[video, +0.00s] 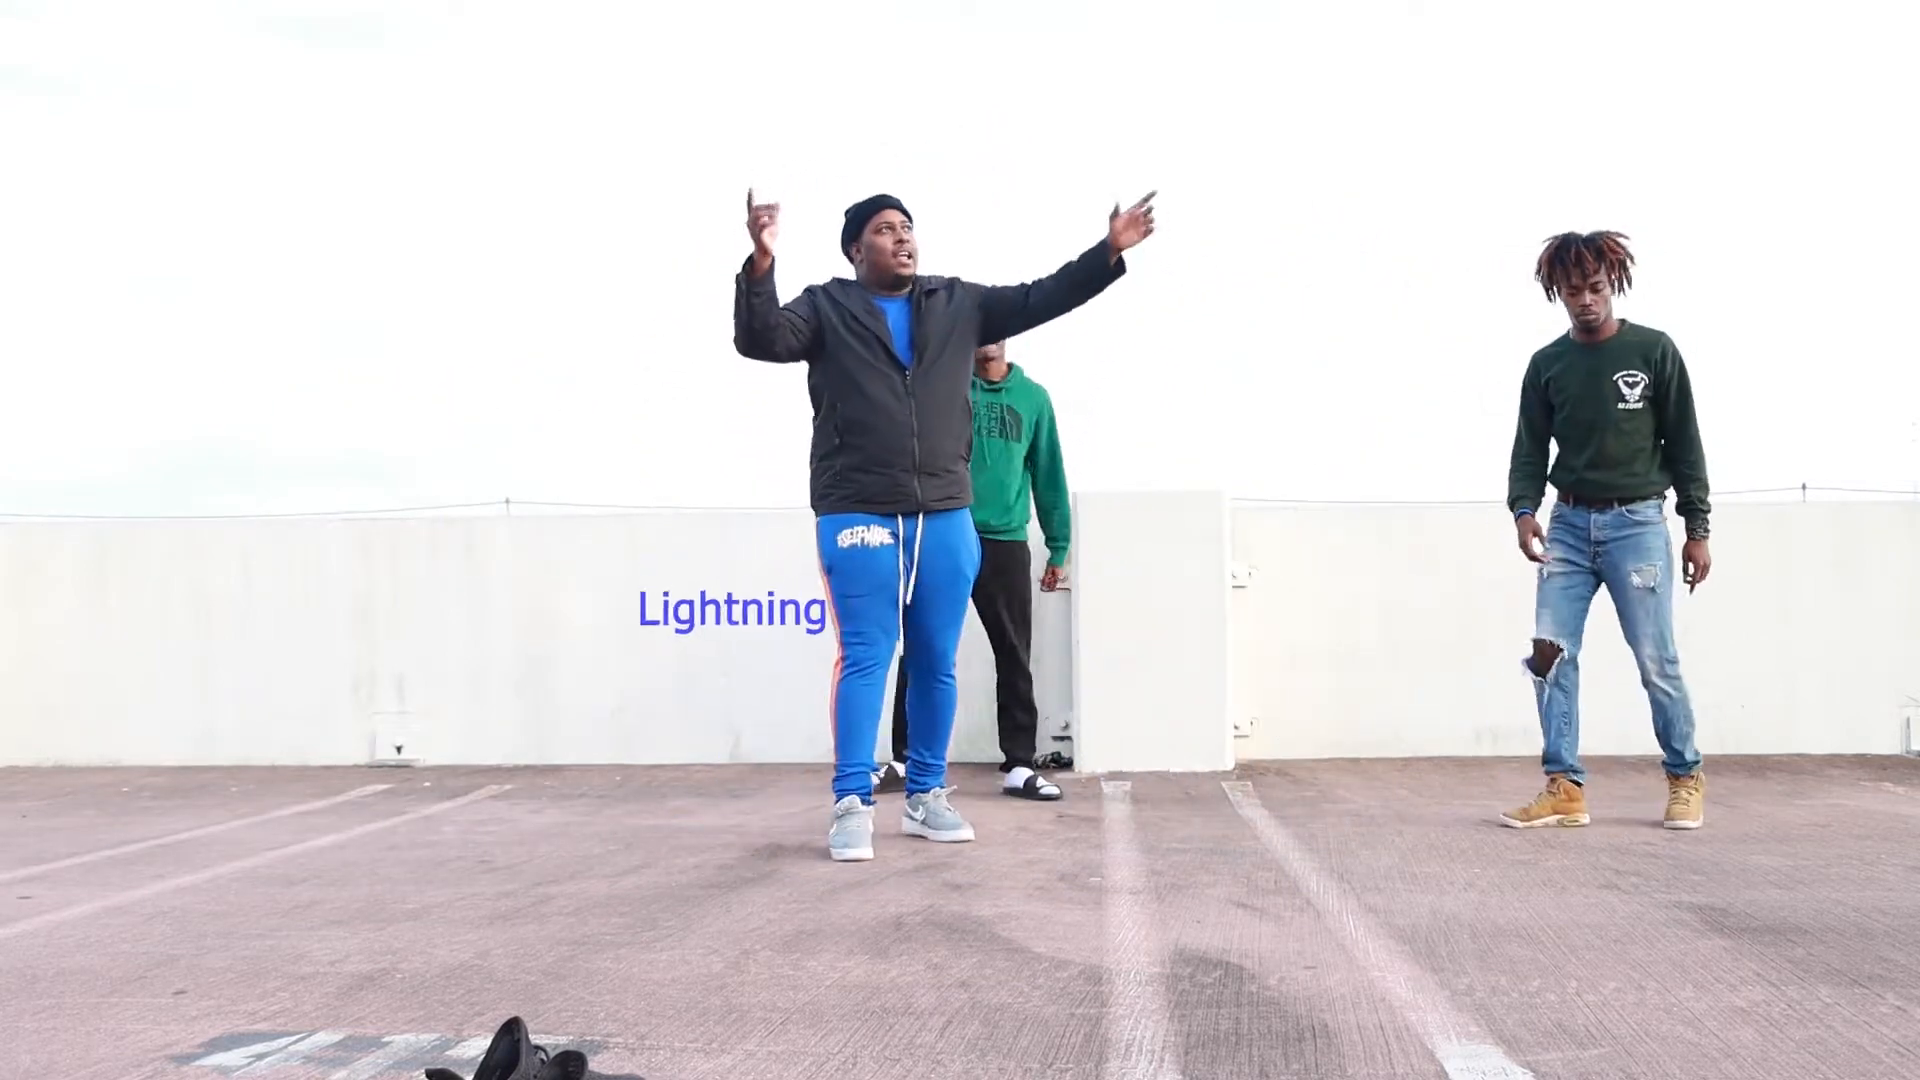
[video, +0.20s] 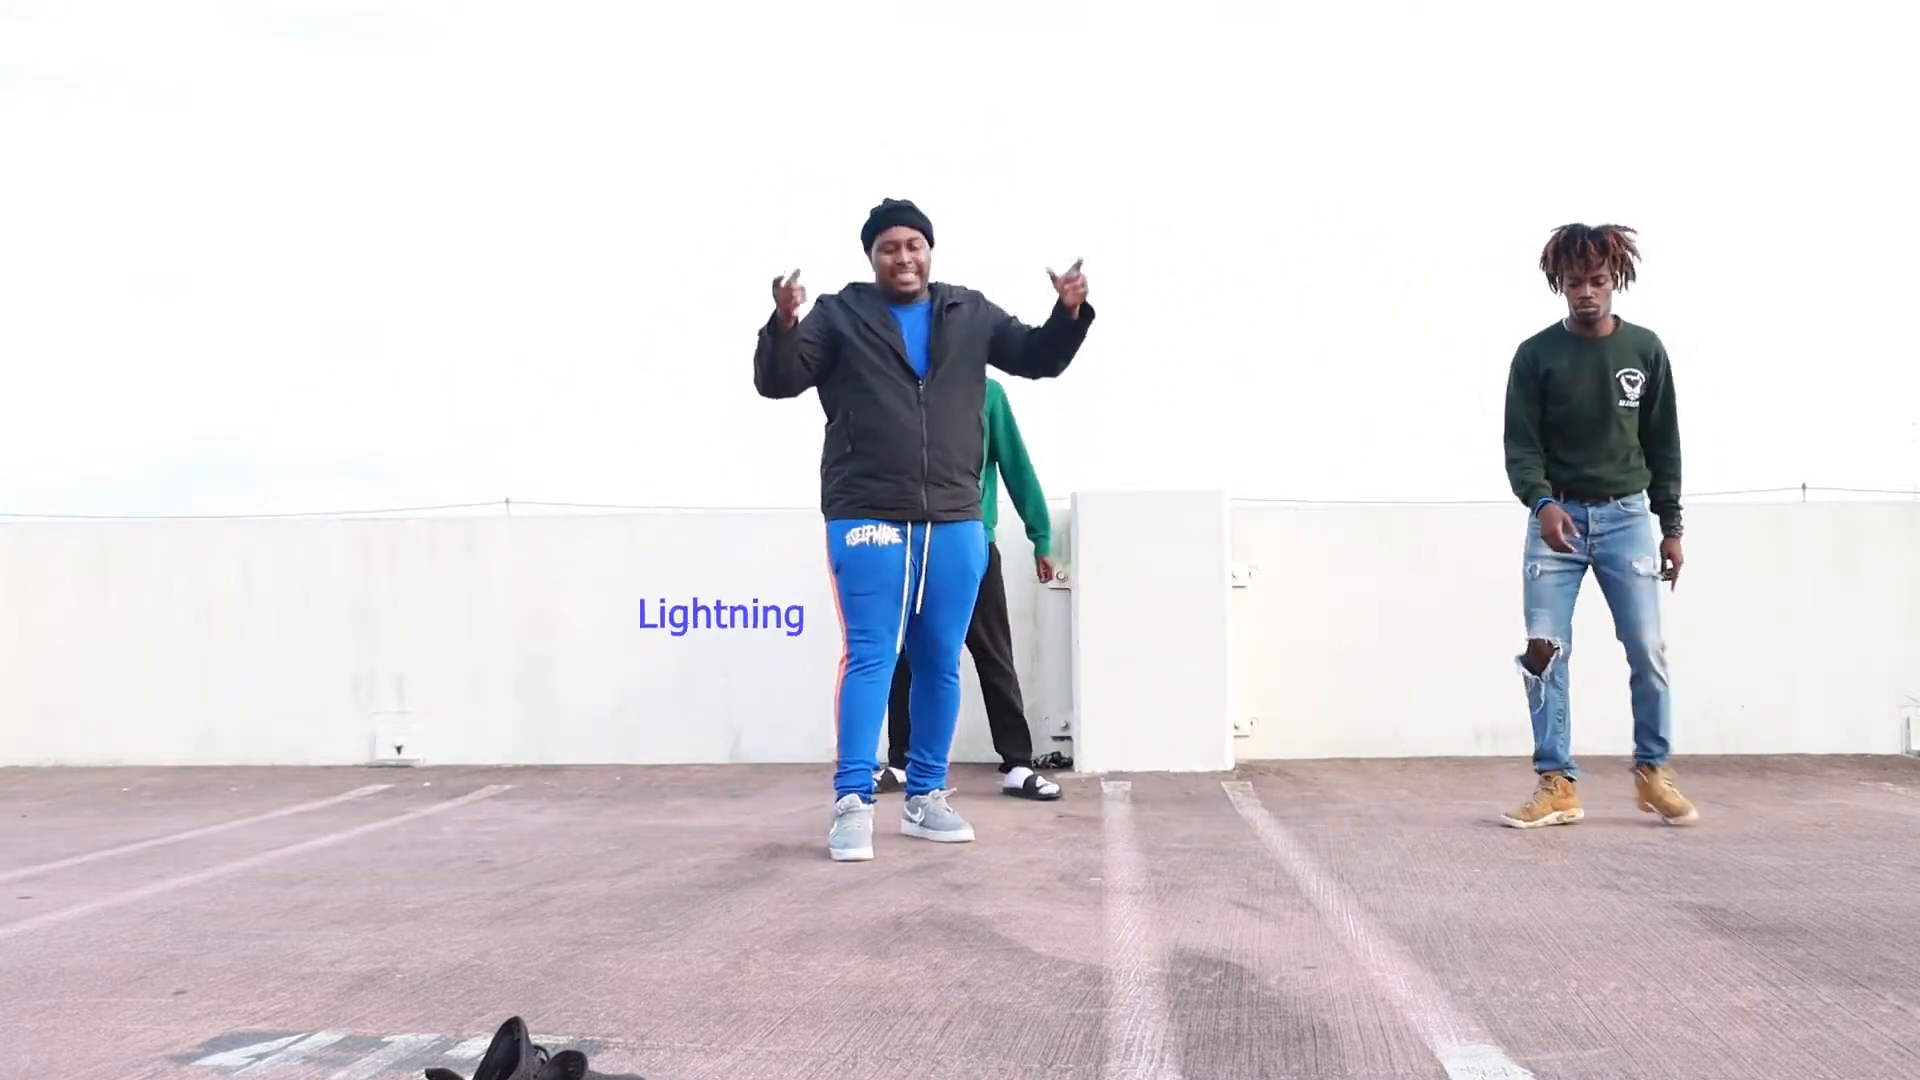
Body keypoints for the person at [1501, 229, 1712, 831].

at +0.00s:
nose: (1586, 298)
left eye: (1595, 285)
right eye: (1573, 290)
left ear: (1615, 283)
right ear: (1559, 295)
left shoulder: (1653, 350)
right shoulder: (1546, 364)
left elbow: (1683, 442)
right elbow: (1530, 444)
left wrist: (1696, 529)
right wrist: (1524, 509)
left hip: (1638, 522)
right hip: (1568, 525)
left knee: (1655, 659)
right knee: (1550, 651)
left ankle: (1684, 778)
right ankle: (1564, 787)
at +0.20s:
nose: (1585, 291)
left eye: (1595, 280)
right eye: (1574, 281)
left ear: (1614, 280)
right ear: (1559, 284)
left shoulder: (1644, 349)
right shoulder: (1533, 356)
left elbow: (1663, 444)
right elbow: (1520, 445)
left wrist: (1671, 526)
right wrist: (1543, 504)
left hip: (1628, 515)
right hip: (1555, 516)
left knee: (1648, 647)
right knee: (1543, 647)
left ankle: (1652, 771)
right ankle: (1556, 784)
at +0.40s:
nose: (1589, 290)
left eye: (1599, 278)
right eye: (1577, 280)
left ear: (1616, 280)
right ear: (1560, 284)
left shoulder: (1635, 354)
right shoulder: (1535, 354)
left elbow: (1644, 453)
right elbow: (1516, 448)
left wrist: (1653, 531)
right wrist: (1531, 506)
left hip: (1623, 518)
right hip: (1559, 515)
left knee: (1647, 645)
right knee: (1544, 651)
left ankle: (1607, 769)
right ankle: (1523, 778)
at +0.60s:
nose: (1603, 295)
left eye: (1613, 283)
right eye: (1591, 285)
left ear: (1628, 285)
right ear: (1571, 288)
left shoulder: (1643, 358)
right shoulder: (1543, 358)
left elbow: (1659, 454)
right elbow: (1519, 451)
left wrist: (1676, 528)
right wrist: (1522, 522)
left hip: (1632, 522)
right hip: (1565, 518)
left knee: (1648, 657)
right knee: (1546, 655)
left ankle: (1628, 786)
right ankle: (1518, 779)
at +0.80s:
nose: (1606, 305)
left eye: (1617, 293)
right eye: (1594, 294)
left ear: (1634, 293)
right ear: (1577, 293)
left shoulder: (1645, 364)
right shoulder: (1546, 363)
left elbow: (1664, 454)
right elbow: (1520, 458)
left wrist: (1703, 508)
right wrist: (1527, 535)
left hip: (1618, 523)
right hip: (1560, 519)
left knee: (1646, 649)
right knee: (1542, 656)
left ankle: (1626, 785)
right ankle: (1499, 780)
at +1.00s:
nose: (1603, 296)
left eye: (1613, 284)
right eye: (1591, 286)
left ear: (1633, 282)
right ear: (1577, 288)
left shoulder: (1666, 351)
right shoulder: (1554, 359)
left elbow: (1694, 433)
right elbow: (1532, 448)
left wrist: (1718, 502)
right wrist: (1518, 529)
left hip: (1645, 520)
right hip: (1578, 517)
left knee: (1652, 653)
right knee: (1557, 650)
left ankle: (1630, 785)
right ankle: (1523, 762)